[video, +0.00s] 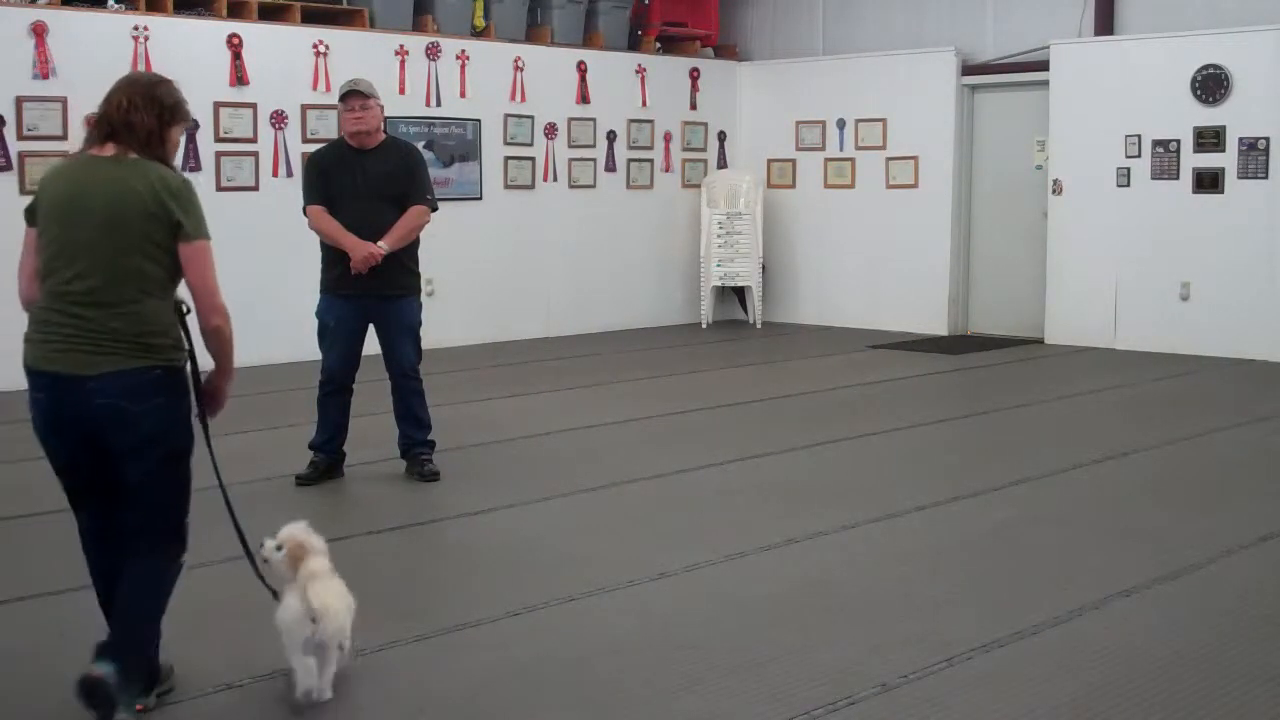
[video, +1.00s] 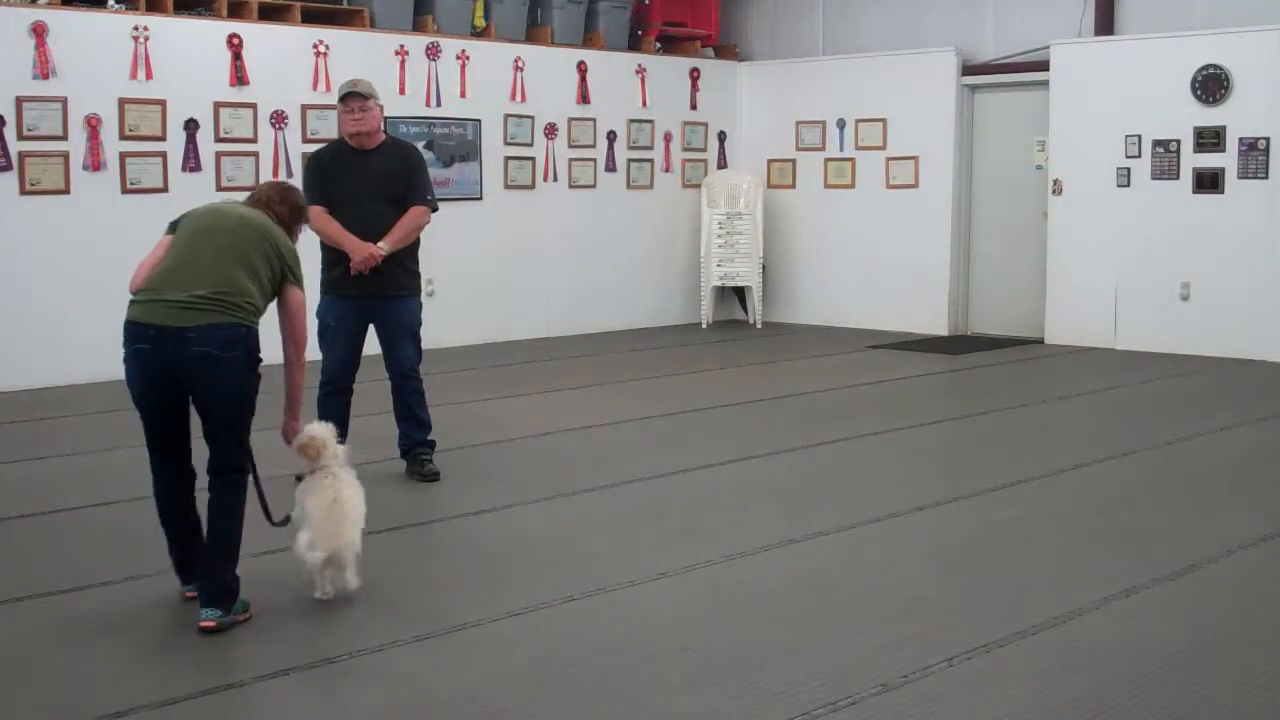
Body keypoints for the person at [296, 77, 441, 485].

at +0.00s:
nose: (357, 114)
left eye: (365, 107)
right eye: (350, 109)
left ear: (380, 111)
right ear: (339, 117)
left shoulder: (406, 155)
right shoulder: (321, 161)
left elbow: (421, 211)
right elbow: (315, 214)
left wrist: (378, 249)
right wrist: (354, 246)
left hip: (397, 287)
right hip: (342, 288)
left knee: (406, 373)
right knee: (335, 375)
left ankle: (419, 452)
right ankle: (327, 455)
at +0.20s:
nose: (357, 115)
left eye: (364, 108)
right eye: (349, 110)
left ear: (380, 112)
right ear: (339, 118)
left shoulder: (406, 154)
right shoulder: (321, 160)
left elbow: (421, 211)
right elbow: (315, 214)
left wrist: (379, 249)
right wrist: (354, 246)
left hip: (397, 287)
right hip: (342, 287)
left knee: (406, 371)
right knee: (334, 374)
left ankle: (418, 451)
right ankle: (327, 454)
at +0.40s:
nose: (357, 116)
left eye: (364, 108)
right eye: (349, 110)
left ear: (380, 112)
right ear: (338, 118)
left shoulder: (406, 154)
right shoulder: (320, 160)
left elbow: (421, 211)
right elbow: (315, 215)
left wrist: (379, 249)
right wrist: (354, 246)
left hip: (397, 287)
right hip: (342, 288)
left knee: (406, 372)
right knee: (334, 375)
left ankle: (419, 450)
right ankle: (327, 455)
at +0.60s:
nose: (356, 116)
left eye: (364, 108)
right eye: (349, 110)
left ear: (380, 112)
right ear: (338, 118)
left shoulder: (406, 155)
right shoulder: (321, 161)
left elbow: (421, 211)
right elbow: (315, 214)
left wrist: (379, 249)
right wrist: (354, 246)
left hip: (397, 288)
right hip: (342, 289)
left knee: (406, 373)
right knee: (335, 376)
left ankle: (419, 450)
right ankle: (327, 455)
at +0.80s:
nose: (357, 116)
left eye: (364, 108)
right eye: (349, 110)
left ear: (380, 113)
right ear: (339, 118)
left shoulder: (406, 155)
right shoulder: (321, 161)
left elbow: (421, 212)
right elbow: (316, 215)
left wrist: (378, 250)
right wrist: (354, 246)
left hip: (397, 288)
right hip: (342, 289)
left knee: (406, 372)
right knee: (335, 377)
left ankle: (419, 451)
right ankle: (328, 455)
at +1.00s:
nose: (357, 117)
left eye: (364, 109)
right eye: (350, 111)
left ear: (381, 113)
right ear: (339, 118)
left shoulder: (406, 155)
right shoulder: (321, 161)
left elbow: (421, 212)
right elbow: (316, 215)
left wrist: (378, 250)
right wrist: (355, 246)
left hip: (397, 289)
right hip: (342, 290)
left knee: (407, 373)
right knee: (335, 378)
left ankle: (418, 451)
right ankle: (327, 461)